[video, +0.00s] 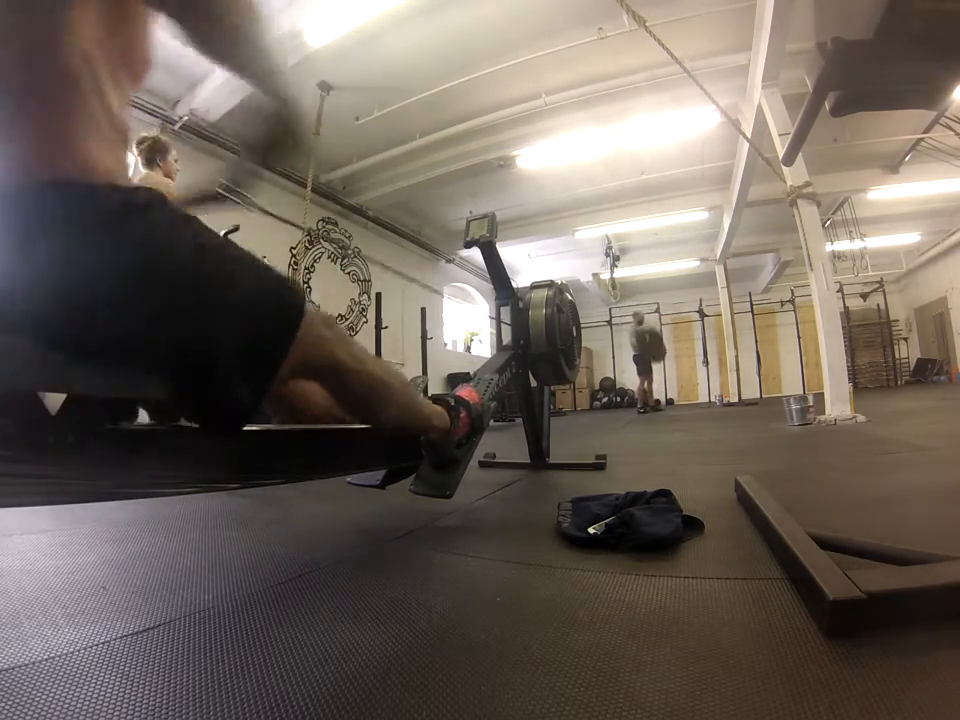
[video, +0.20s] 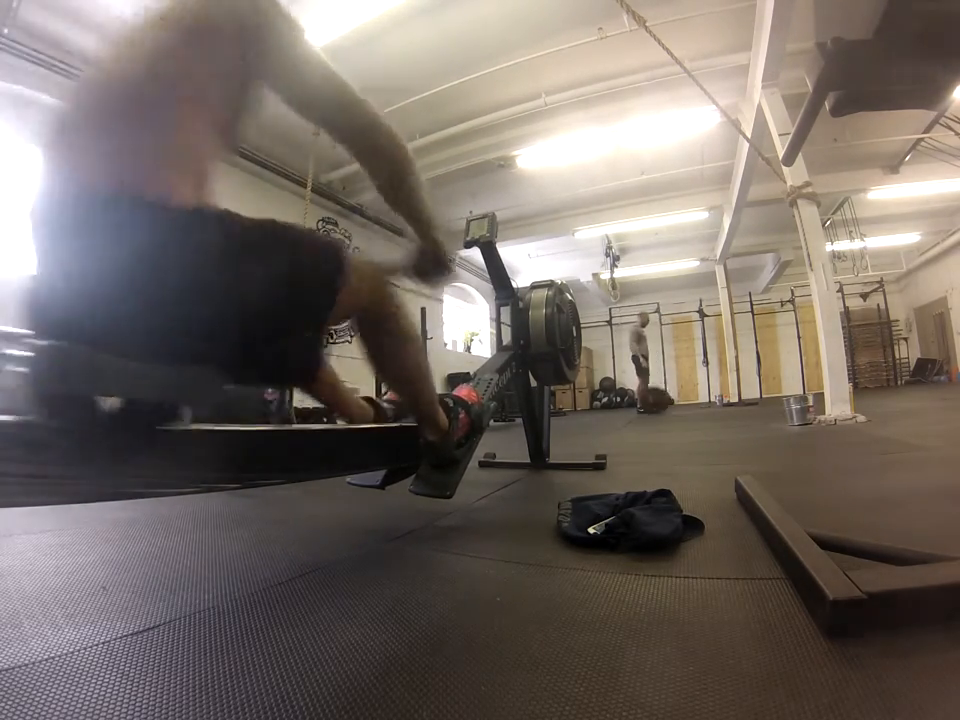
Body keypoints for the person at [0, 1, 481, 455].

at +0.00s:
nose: (145, 51)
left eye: (141, 29)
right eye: (138, 26)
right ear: (103, 20)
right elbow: (201, 11)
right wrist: (287, 96)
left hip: (16, 218)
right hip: (95, 210)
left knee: (275, 384)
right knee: (324, 347)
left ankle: (383, 429)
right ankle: (440, 426)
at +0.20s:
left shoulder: (127, 57)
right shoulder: (245, 16)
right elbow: (362, 127)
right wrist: (429, 237)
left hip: (61, 286)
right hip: (161, 262)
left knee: (277, 322)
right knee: (370, 289)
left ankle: (366, 421)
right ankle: (440, 432)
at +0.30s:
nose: (317, 39)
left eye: (315, 29)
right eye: (315, 29)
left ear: (250, 30)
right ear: (305, 28)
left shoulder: (205, 84)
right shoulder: (312, 69)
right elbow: (410, 184)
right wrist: (465, 271)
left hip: (133, 300)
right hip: (221, 294)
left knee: (294, 272)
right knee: (409, 267)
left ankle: (365, 414)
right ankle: (439, 424)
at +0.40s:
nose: (361, 79)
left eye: (357, 69)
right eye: (359, 70)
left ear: (293, 75)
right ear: (352, 71)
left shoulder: (256, 125)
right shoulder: (361, 109)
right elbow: (448, 217)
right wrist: (488, 290)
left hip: (197, 317)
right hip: (282, 308)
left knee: (318, 275)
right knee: (436, 260)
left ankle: (368, 415)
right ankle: (441, 430)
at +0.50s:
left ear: (322, 107)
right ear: (385, 100)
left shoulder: (290, 154)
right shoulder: (403, 145)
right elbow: (482, 244)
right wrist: (505, 308)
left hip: (234, 336)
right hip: (321, 322)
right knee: (457, 251)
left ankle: (370, 408)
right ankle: (440, 424)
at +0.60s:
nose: (406, 122)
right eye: (406, 116)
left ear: (341, 125)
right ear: (401, 119)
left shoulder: (309, 168)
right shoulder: (422, 161)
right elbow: (492, 255)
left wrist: (176, 346)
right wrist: (516, 316)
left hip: (248, 351)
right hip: (331, 335)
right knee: (467, 249)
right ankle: (440, 418)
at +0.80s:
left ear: (318, 102)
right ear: (383, 92)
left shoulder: (285, 154)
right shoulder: (409, 144)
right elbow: (478, 232)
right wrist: (512, 281)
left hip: (230, 343)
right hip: (314, 324)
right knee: (458, 252)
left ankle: (369, 413)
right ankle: (439, 422)